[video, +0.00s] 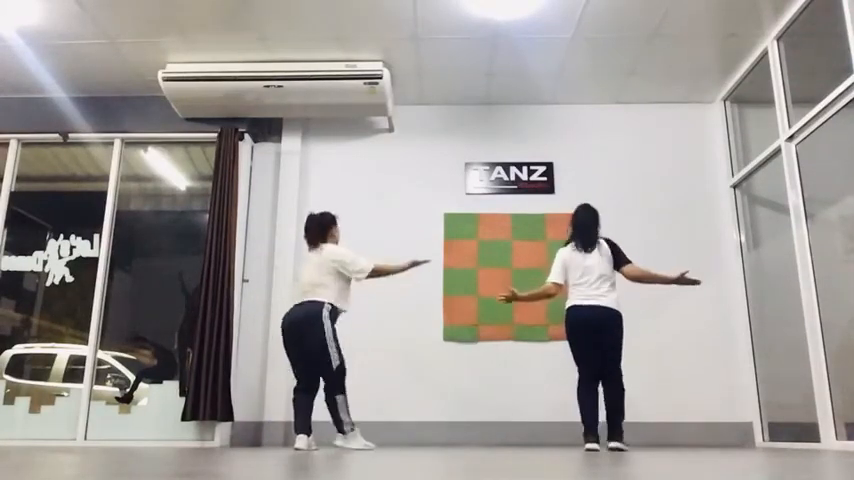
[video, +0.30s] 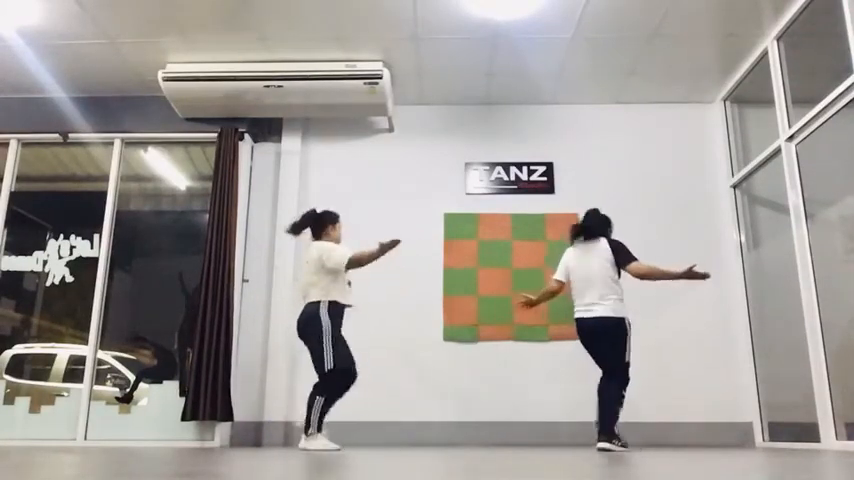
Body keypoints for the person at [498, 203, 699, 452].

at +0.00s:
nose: (575, 225)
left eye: (573, 221)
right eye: (592, 222)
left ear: (573, 225)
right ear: (597, 224)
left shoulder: (565, 252)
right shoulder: (608, 247)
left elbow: (552, 289)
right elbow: (633, 273)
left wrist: (520, 297)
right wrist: (672, 279)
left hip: (577, 315)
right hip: (609, 315)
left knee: (587, 375)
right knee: (612, 374)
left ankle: (591, 437)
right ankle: (615, 437)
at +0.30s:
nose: (610, 231)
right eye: (609, 228)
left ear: (582, 228)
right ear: (606, 228)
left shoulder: (571, 252)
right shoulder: (611, 246)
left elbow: (555, 287)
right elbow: (639, 271)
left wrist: (535, 300)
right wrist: (680, 275)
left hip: (584, 324)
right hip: (612, 321)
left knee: (609, 373)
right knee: (619, 375)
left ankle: (606, 431)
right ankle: (607, 434)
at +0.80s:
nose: (605, 228)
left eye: (604, 223)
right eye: (603, 224)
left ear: (580, 228)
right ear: (595, 225)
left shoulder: (573, 256)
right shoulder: (600, 246)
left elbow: (572, 295)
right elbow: (615, 270)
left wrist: (565, 313)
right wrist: (649, 271)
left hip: (583, 319)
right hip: (606, 317)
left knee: (601, 375)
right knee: (619, 374)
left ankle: (591, 433)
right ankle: (601, 428)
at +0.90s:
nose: (606, 232)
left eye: (605, 227)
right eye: (604, 227)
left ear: (583, 230)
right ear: (595, 228)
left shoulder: (573, 255)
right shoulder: (597, 248)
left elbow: (572, 292)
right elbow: (611, 272)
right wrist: (646, 274)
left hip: (583, 323)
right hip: (606, 321)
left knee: (602, 377)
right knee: (629, 372)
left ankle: (592, 434)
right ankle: (618, 430)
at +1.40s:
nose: (612, 225)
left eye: (610, 221)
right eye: (608, 221)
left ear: (596, 226)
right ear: (599, 225)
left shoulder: (593, 246)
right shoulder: (597, 242)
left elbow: (590, 272)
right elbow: (592, 264)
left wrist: (609, 276)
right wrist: (612, 273)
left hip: (594, 315)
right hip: (591, 315)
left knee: (602, 374)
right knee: (605, 373)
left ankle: (595, 433)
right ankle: (599, 433)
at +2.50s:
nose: (617, 254)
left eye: (618, 250)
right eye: (616, 249)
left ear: (595, 244)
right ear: (605, 243)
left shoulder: (578, 263)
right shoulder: (604, 258)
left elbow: (579, 297)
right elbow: (616, 290)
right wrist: (611, 307)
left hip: (577, 330)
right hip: (593, 329)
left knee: (611, 379)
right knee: (623, 378)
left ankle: (592, 433)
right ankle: (599, 433)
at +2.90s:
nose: (598, 234)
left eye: (595, 230)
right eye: (593, 231)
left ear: (580, 238)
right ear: (583, 237)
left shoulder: (582, 263)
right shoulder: (583, 265)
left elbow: (598, 297)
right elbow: (601, 301)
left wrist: (605, 289)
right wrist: (613, 290)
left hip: (599, 325)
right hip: (596, 326)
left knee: (618, 379)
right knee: (619, 379)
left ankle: (595, 432)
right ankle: (597, 434)